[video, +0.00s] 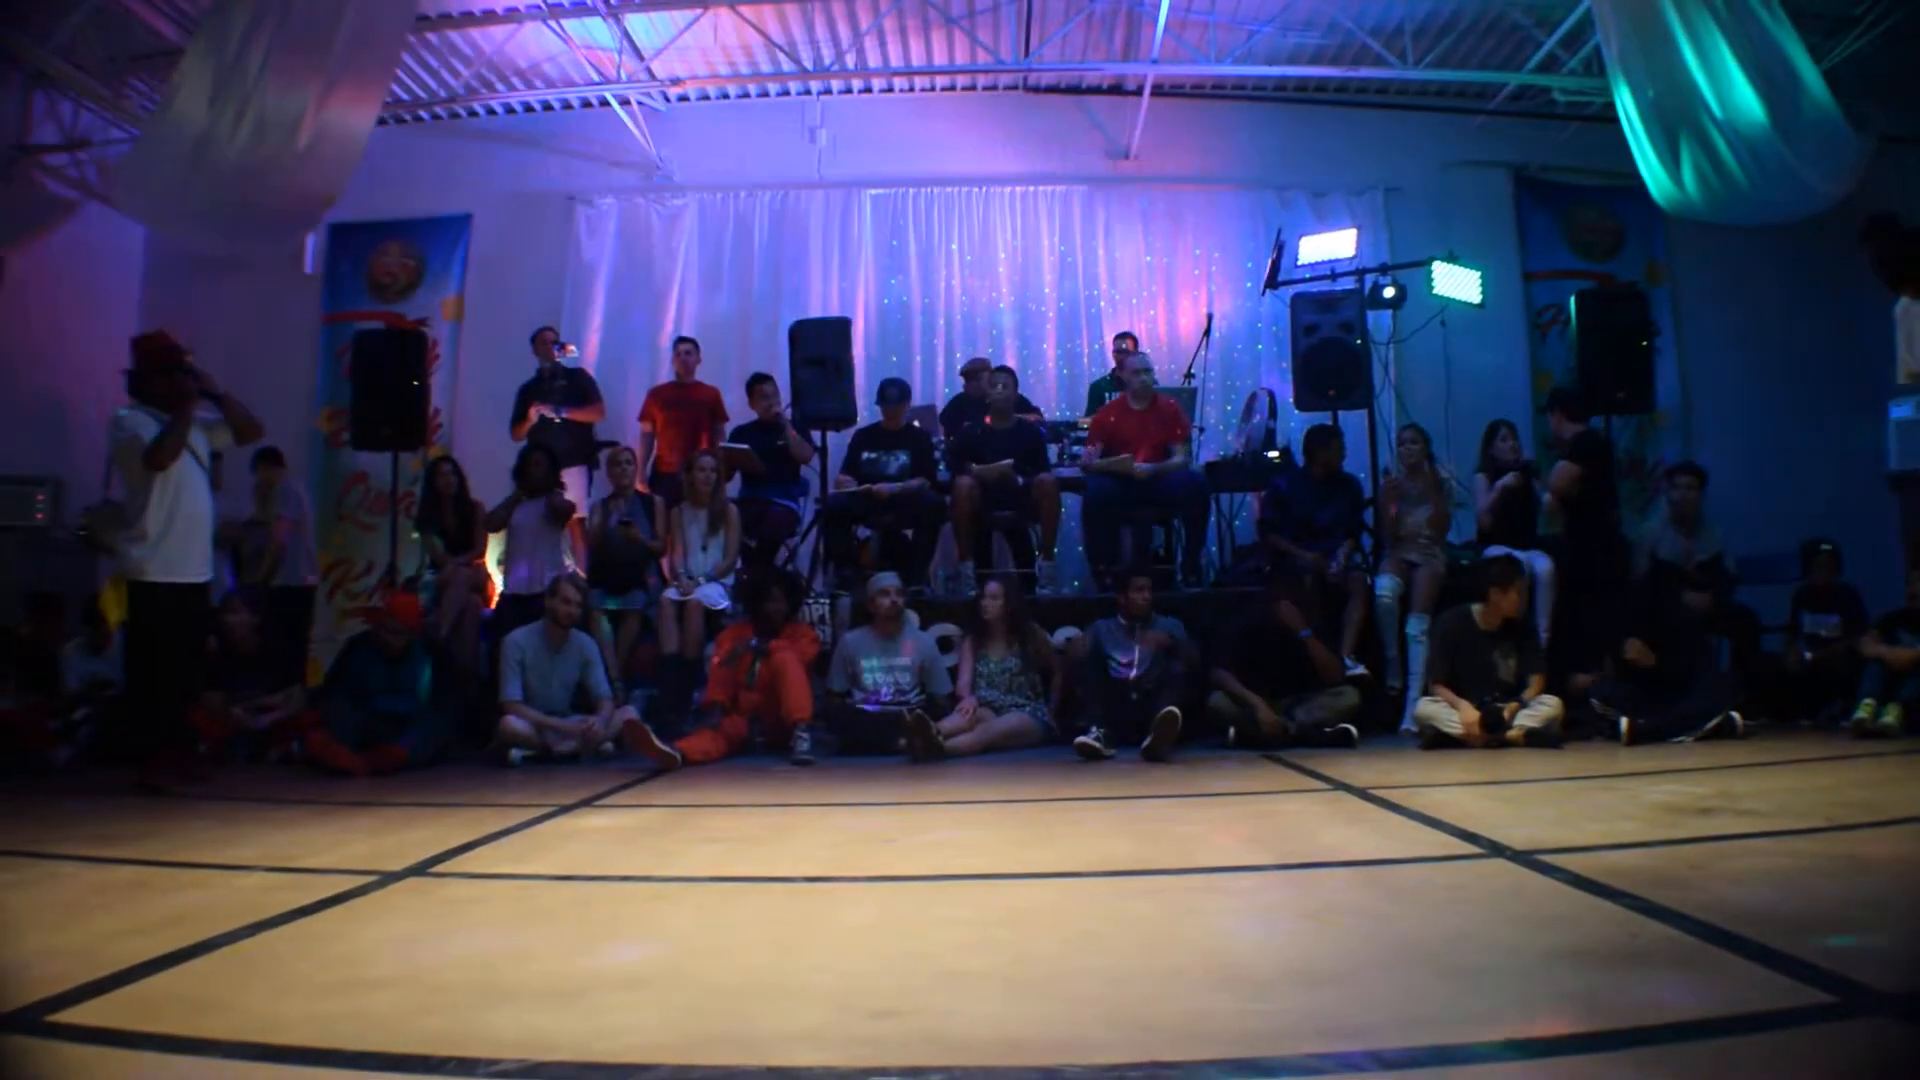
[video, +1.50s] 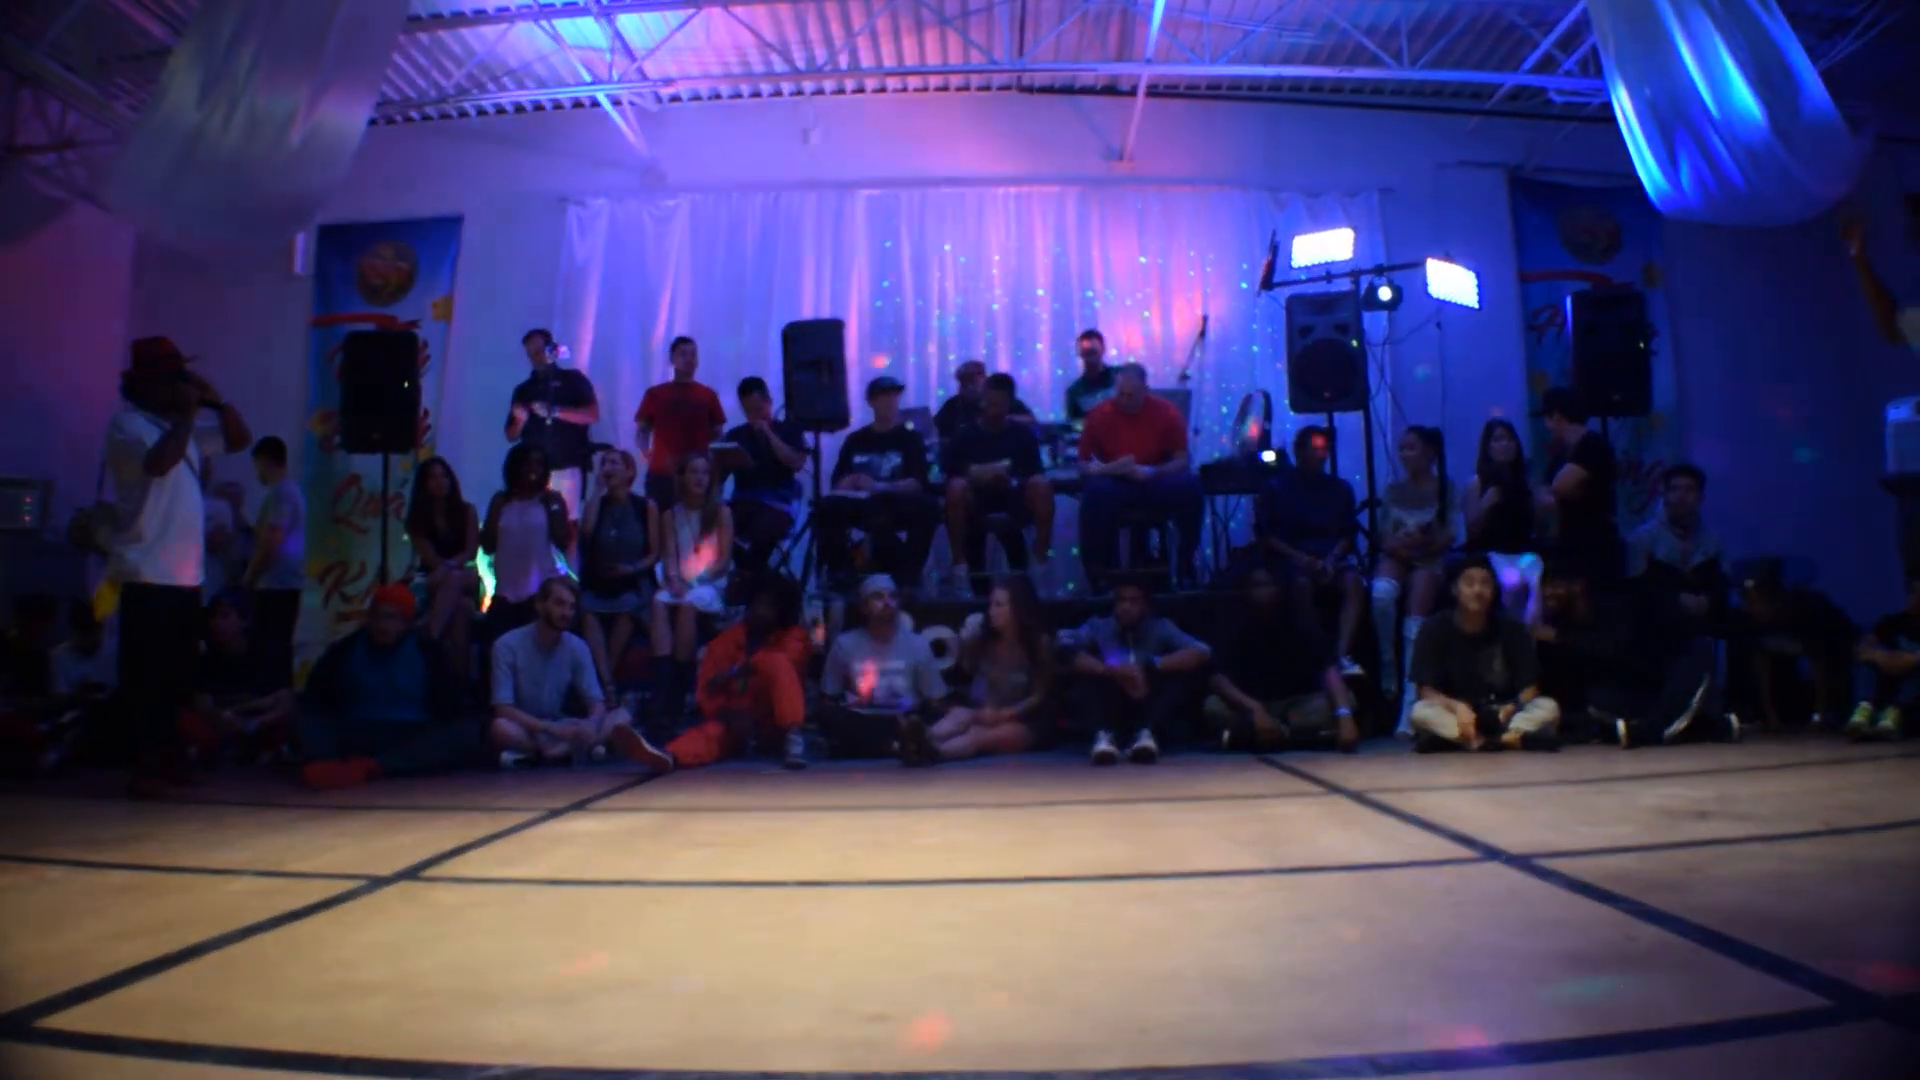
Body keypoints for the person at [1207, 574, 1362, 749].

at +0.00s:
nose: (1285, 603)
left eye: (1293, 596)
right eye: (1278, 596)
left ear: (1304, 597)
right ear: (1268, 595)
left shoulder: (1314, 624)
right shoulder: (1252, 627)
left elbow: (1335, 676)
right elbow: (1220, 673)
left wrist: (1302, 630)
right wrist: (1259, 706)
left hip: (1305, 696)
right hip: (1256, 699)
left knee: (1349, 697)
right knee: (1218, 701)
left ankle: (1262, 734)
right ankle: (1310, 735)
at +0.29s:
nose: (1260, 603)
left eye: (1267, 596)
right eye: (1258, 595)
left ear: (1286, 597)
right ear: (1254, 597)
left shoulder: (1304, 627)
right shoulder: (1249, 630)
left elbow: (1344, 669)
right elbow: (1217, 675)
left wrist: (1326, 669)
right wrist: (1256, 710)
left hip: (1300, 699)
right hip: (1254, 701)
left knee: (1342, 697)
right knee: (1214, 703)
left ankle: (1257, 737)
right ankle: (1306, 736)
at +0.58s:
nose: (1265, 598)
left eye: (1272, 591)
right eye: (1261, 591)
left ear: (1288, 595)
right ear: (1256, 594)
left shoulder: (1304, 626)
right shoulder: (1247, 627)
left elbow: (1339, 669)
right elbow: (1216, 675)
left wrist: (1356, 702)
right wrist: (1255, 711)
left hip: (1300, 700)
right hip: (1253, 703)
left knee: (1335, 703)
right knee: (1213, 704)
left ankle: (1256, 738)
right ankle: (1309, 738)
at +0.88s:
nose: (1261, 595)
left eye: (1269, 588)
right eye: (1257, 588)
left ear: (1284, 592)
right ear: (1251, 591)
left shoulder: (1300, 626)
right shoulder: (1241, 626)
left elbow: (1334, 668)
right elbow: (1213, 675)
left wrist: (1354, 702)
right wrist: (1250, 711)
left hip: (1297, 700)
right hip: (1250, 704)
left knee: (1331, 703)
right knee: (1211, 705)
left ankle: (1254, 737)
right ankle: (1309, 739)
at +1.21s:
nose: (1256, 593)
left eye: (1263, 588)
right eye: (1252, 587)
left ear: (1278, 591)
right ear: (1247, 591)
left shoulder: (1299, 626)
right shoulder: (1239, 628)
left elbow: (1332, 668)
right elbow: (1215, 676)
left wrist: (1351, 711)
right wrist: (1254, 710)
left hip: (1297, 702)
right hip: (1250, 704)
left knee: (1327, 707)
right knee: (1212, 705)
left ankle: (1251, 738)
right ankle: (1308, 738)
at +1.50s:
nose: (1262, 593)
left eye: (1267, 586)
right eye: (1256, 587)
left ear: (1278, 589)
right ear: (1247, 592)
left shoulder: (1297, 626)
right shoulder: (1239, 630)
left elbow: (1328, 670)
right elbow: (1218, 678)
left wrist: (1344, 715)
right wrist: (1256, 710)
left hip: (1300, 702)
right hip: (1252, 705)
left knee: (1341, 702)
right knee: (1213, 706)